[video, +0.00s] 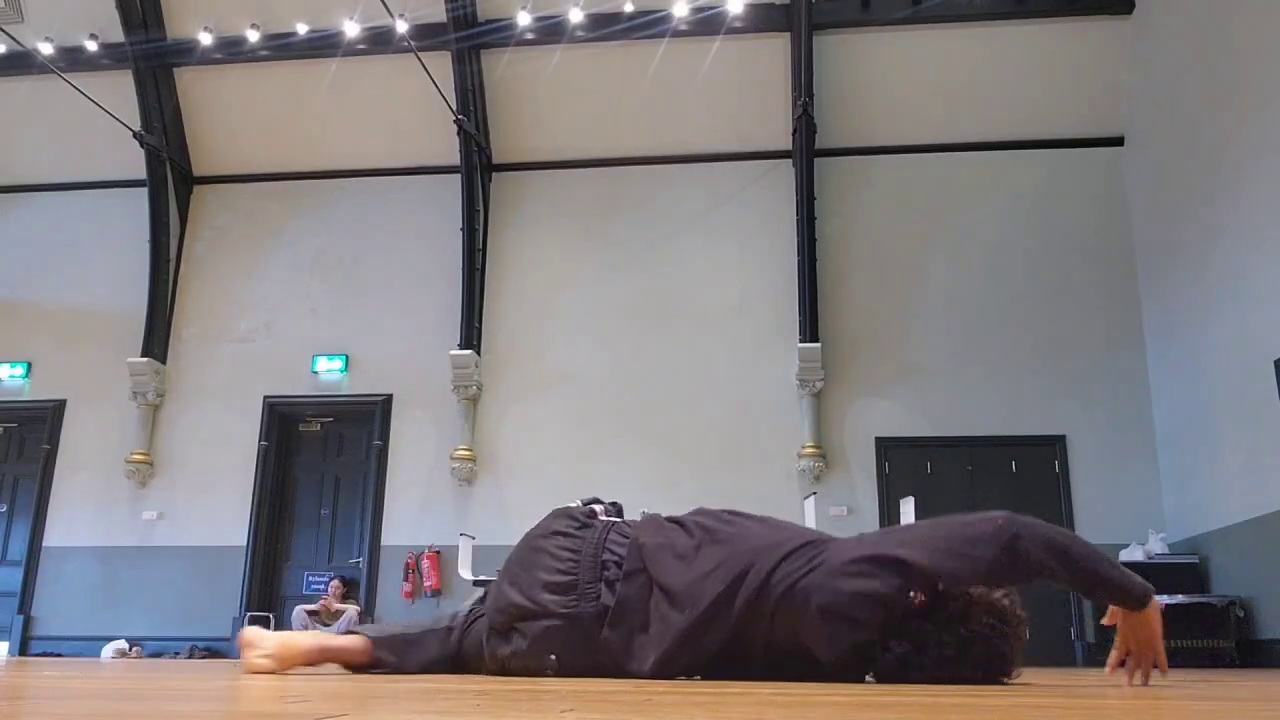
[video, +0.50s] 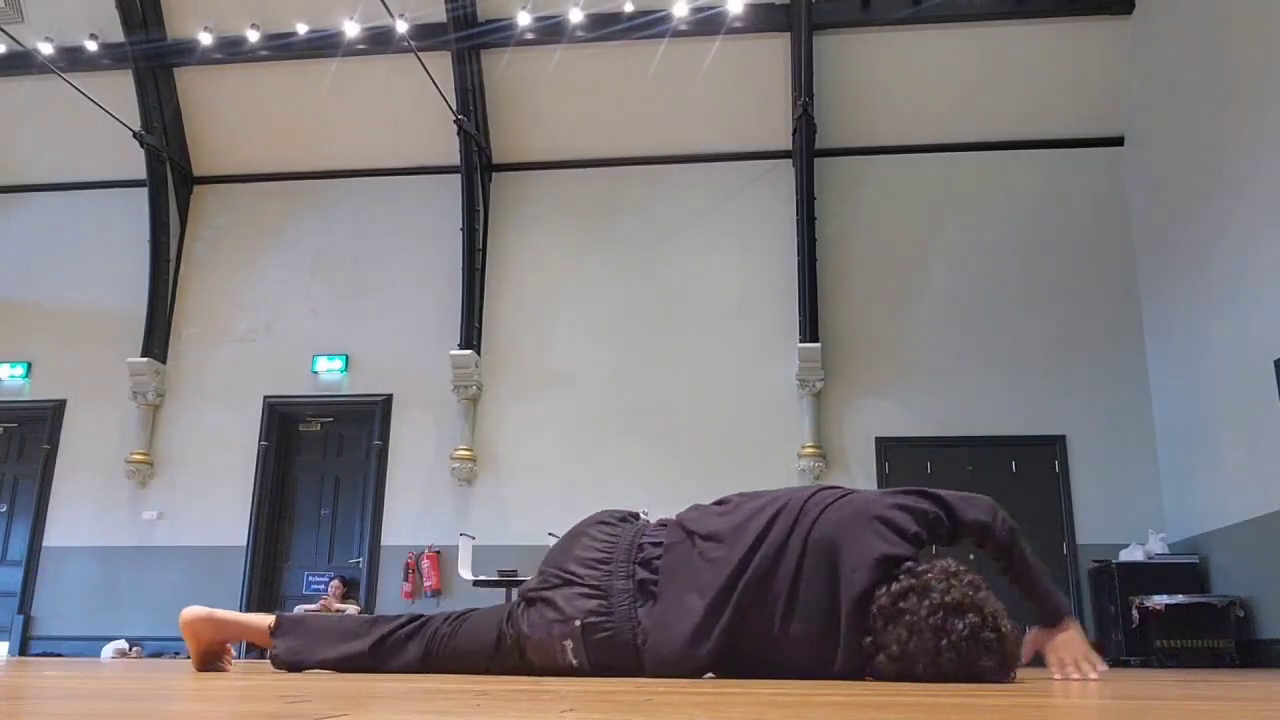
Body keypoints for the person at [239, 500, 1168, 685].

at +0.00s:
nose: (956, 666)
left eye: (969, 663)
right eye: (968, 668)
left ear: (944, 595)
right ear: (941, 632)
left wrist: (1129, 603)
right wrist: (1136, 603)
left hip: (583, 554)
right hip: (578, 625)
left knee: (458, 623)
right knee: (446, 641)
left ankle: (327, 640)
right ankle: (314, 648)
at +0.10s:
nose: (962, 680)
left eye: (986, 672)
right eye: (964, 680)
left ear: (977, 601)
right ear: (929, 662)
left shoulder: (907, 562)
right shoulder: (843, 626)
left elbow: (1019, 525)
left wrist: (1121, 592)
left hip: (609, 551)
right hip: (588, 613)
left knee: (466, 632)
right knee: (442, 640)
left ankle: (332, 632)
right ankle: (299, 644)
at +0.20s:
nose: (981, 671)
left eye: (993, 661)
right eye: (975, 676)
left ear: (962, 589)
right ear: (923, 662)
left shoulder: (883, 537)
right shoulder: (855, 657)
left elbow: (1020, 523)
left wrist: (1110, 591)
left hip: (601, 537)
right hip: (583, 626)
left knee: (470, 616)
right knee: (421, 642)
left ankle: (333, 623)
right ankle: (268, 643)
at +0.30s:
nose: (996, 663)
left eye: (997, 653)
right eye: (978, 672)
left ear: (964, 585)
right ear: (910, 655)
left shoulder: (889, 530)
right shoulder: (847, 652)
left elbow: (1016, 518)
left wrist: (1104, 598)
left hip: (617, 537)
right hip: (593, 623)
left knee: (468, 619)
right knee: (422, 642)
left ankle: (327, 621)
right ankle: (271, 641)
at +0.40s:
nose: (983, 674)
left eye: (989, 664)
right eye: (964, 678)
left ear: (962, 588)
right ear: (894, 660)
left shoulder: (888, 533)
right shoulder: (830, 659)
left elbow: (1000, 516)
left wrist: (1087, 609)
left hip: (625, 545)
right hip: (602, 624)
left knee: (470, 621)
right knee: (427, 638)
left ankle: (318, 625)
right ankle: (272, 636)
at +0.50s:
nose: (973, 673)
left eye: (986, 660)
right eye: (953, 676)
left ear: (975, 592)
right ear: (893, 659)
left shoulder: (894, 527)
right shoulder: (845, 661)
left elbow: (989, 518)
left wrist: (1057, 622)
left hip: (627, 548)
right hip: (603, 630)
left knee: (467, 622)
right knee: (417, 638)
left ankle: (322, 620)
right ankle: (266, 634)